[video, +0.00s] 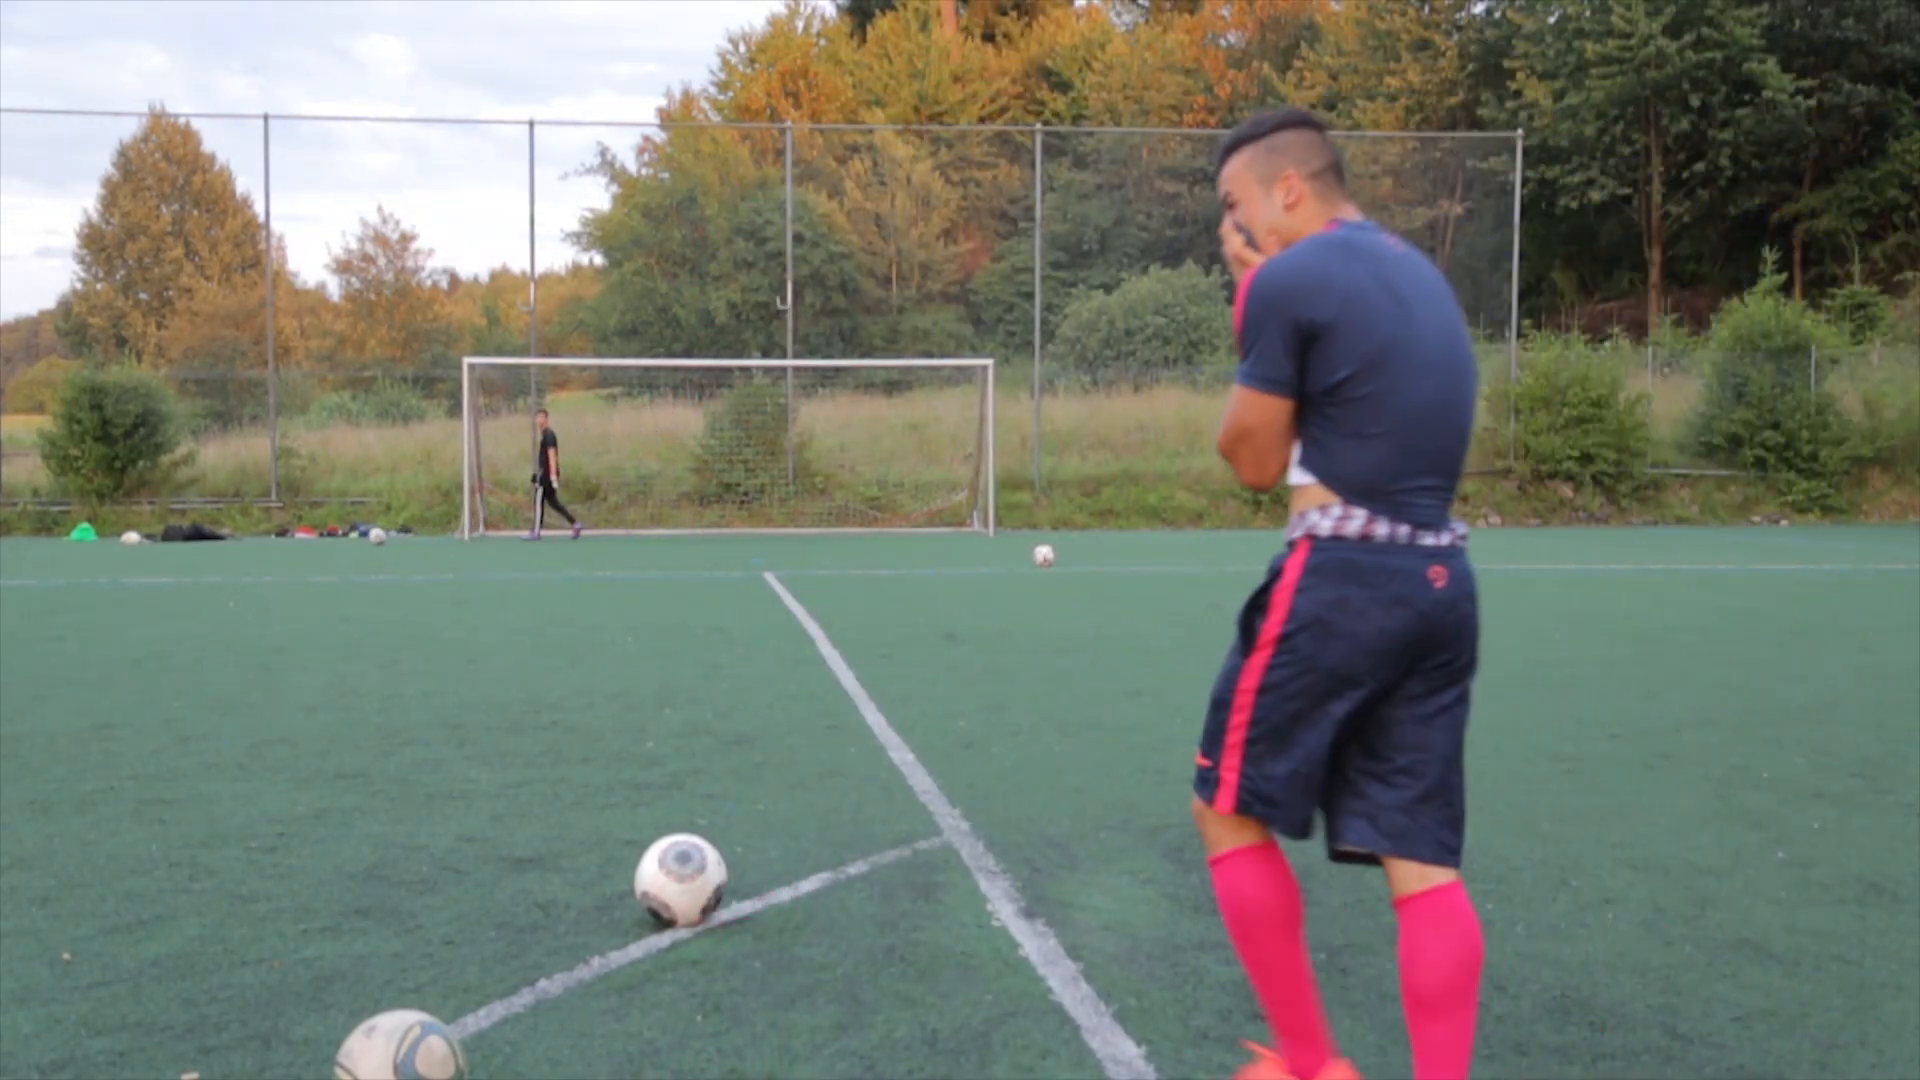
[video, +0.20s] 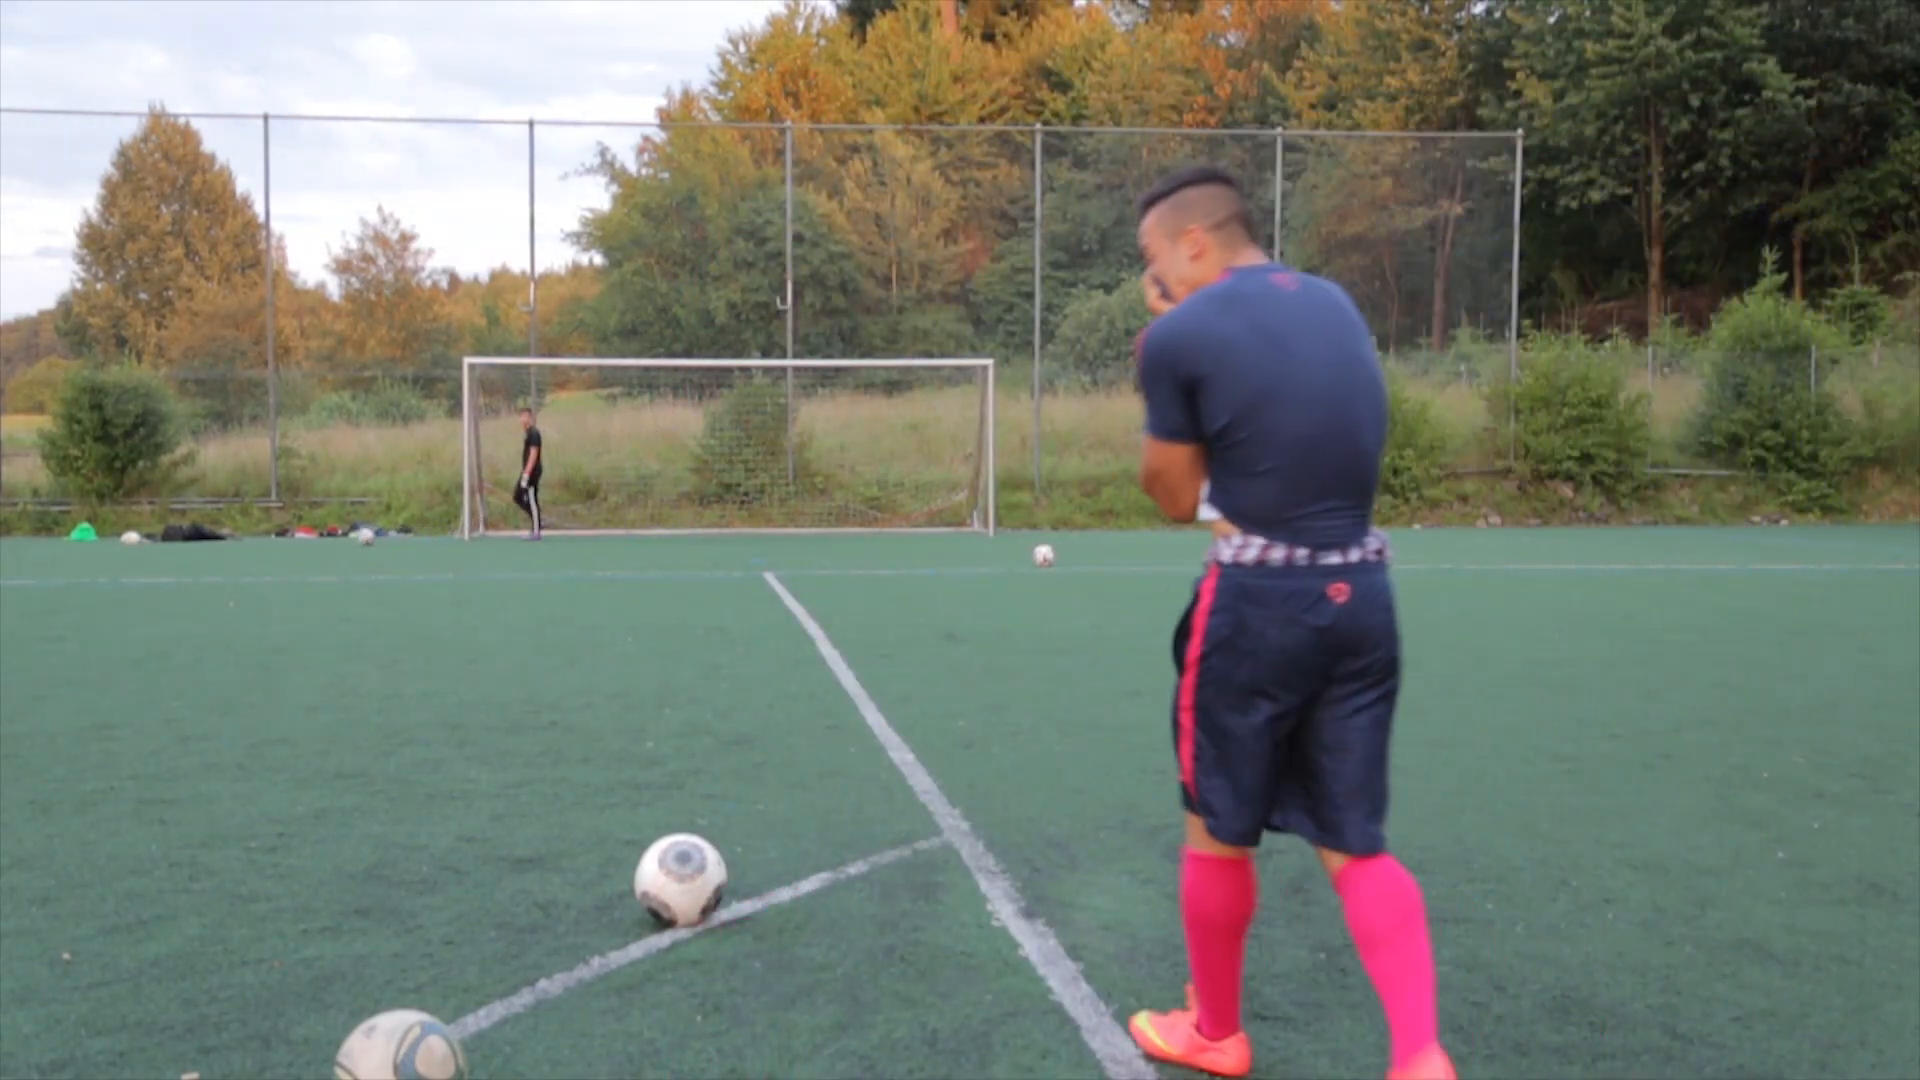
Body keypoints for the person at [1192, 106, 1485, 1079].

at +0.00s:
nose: (1240, 234)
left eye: (1242, 212)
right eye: (1234, 216)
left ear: (1289, 189)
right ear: (1322, 191)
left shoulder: (1295, 277)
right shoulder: (1414, 269)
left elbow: (1254, 461)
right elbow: (1368, 427)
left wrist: (1255, 304)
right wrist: (1270, 297)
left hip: (1335, 580)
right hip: (1439, 584)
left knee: (1231, 807)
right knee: (1421, 851)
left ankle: (1305, 1055)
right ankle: (1446, 1071)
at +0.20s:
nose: (1153, 279)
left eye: (1154, 260)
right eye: (1148, 262)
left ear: (1195, 243)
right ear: (1243, 237)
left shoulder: (1182, 333)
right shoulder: (1333, 303)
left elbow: (1176, 496)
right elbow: (1324, 443)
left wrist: (1161, 364)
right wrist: (1200, 341)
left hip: (1253, 605)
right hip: (1361, 596)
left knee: (1219, 822)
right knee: (1355, 834)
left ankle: (1214, 1027)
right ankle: (1422, 1056)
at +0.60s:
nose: (1060, 287)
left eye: (1059, 273)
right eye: (1058, 275)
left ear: (1087, 259)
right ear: (1140, 253)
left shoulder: (1067, 338)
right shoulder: (1218, 318)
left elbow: (1065, 476)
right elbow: (1210, 442)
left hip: (1135, 577)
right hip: (1219, 572)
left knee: (1155, 796)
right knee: (1184, 769)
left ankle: (1212, 1022)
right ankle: (1159, 932)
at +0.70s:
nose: (1039, 306)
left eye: (1038, 293)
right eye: (1037, 294)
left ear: (1067, 279)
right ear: (1113, 274)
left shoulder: (1054, 351)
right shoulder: (1186, 331)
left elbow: (1045, 487)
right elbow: (1174, 450)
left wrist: (1050, 378)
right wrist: (1076, 369)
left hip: (1115, 579)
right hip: (1190, 576)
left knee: (1093, 790)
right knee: (1152, 769)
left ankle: (1197, 970)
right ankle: (1144, 933)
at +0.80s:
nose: (1012, 298)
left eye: (1013, 284)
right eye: (1010, 286)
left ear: (1048, 271)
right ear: (1079, 268)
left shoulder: (1042, 341)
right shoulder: (1150, 322)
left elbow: (1027, 475)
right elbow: (1134, 438)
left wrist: (1022, 370)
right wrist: (1049, 351)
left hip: (1096, 563)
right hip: (1167, 562)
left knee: (1022, 759)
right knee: (1130, 748)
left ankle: (1151, 903)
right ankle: (1136, 926)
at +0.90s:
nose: (983, 288)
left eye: (986, 271)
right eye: (979, 274)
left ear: (1028, 259)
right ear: (1047, 263)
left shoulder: (1034, 332)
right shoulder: (1117, 316)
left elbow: (1004, 464)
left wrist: (1003, 352)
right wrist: (1014, 336)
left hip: (1072, 555)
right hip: (1139, 552)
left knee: (983, 730)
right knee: (1109, 736)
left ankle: (1095, 899)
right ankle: (1130, 929)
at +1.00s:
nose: (954, 291)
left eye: (960, 274)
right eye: (951, 277)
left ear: (1004, 266)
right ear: (1016, 271)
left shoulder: (1021, 338)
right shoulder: (1080, 323)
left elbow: (983, 466)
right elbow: (1042, 434)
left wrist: (985, 351)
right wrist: (987, 342)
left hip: (1049, 555)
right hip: (1108, 552)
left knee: (978, 725)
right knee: (1083, 734)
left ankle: (1019, 898)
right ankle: (1129, 919)